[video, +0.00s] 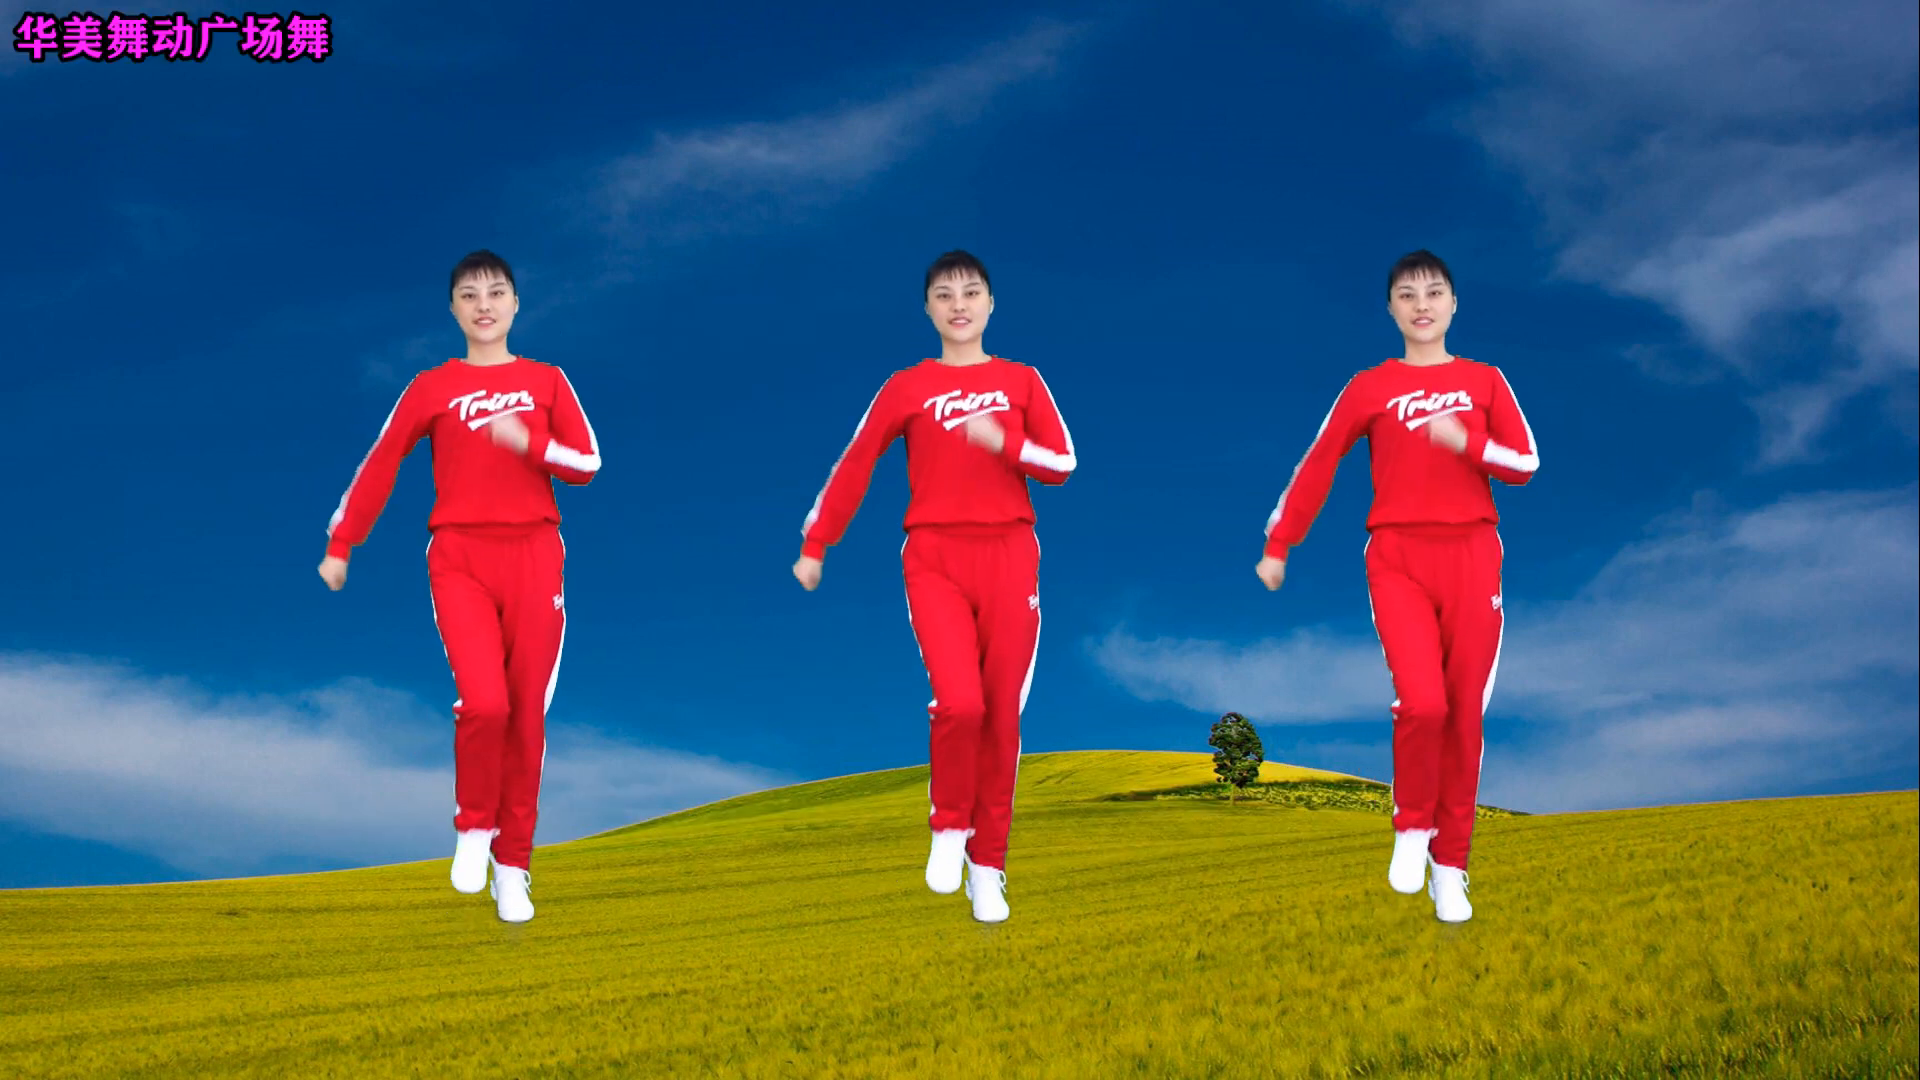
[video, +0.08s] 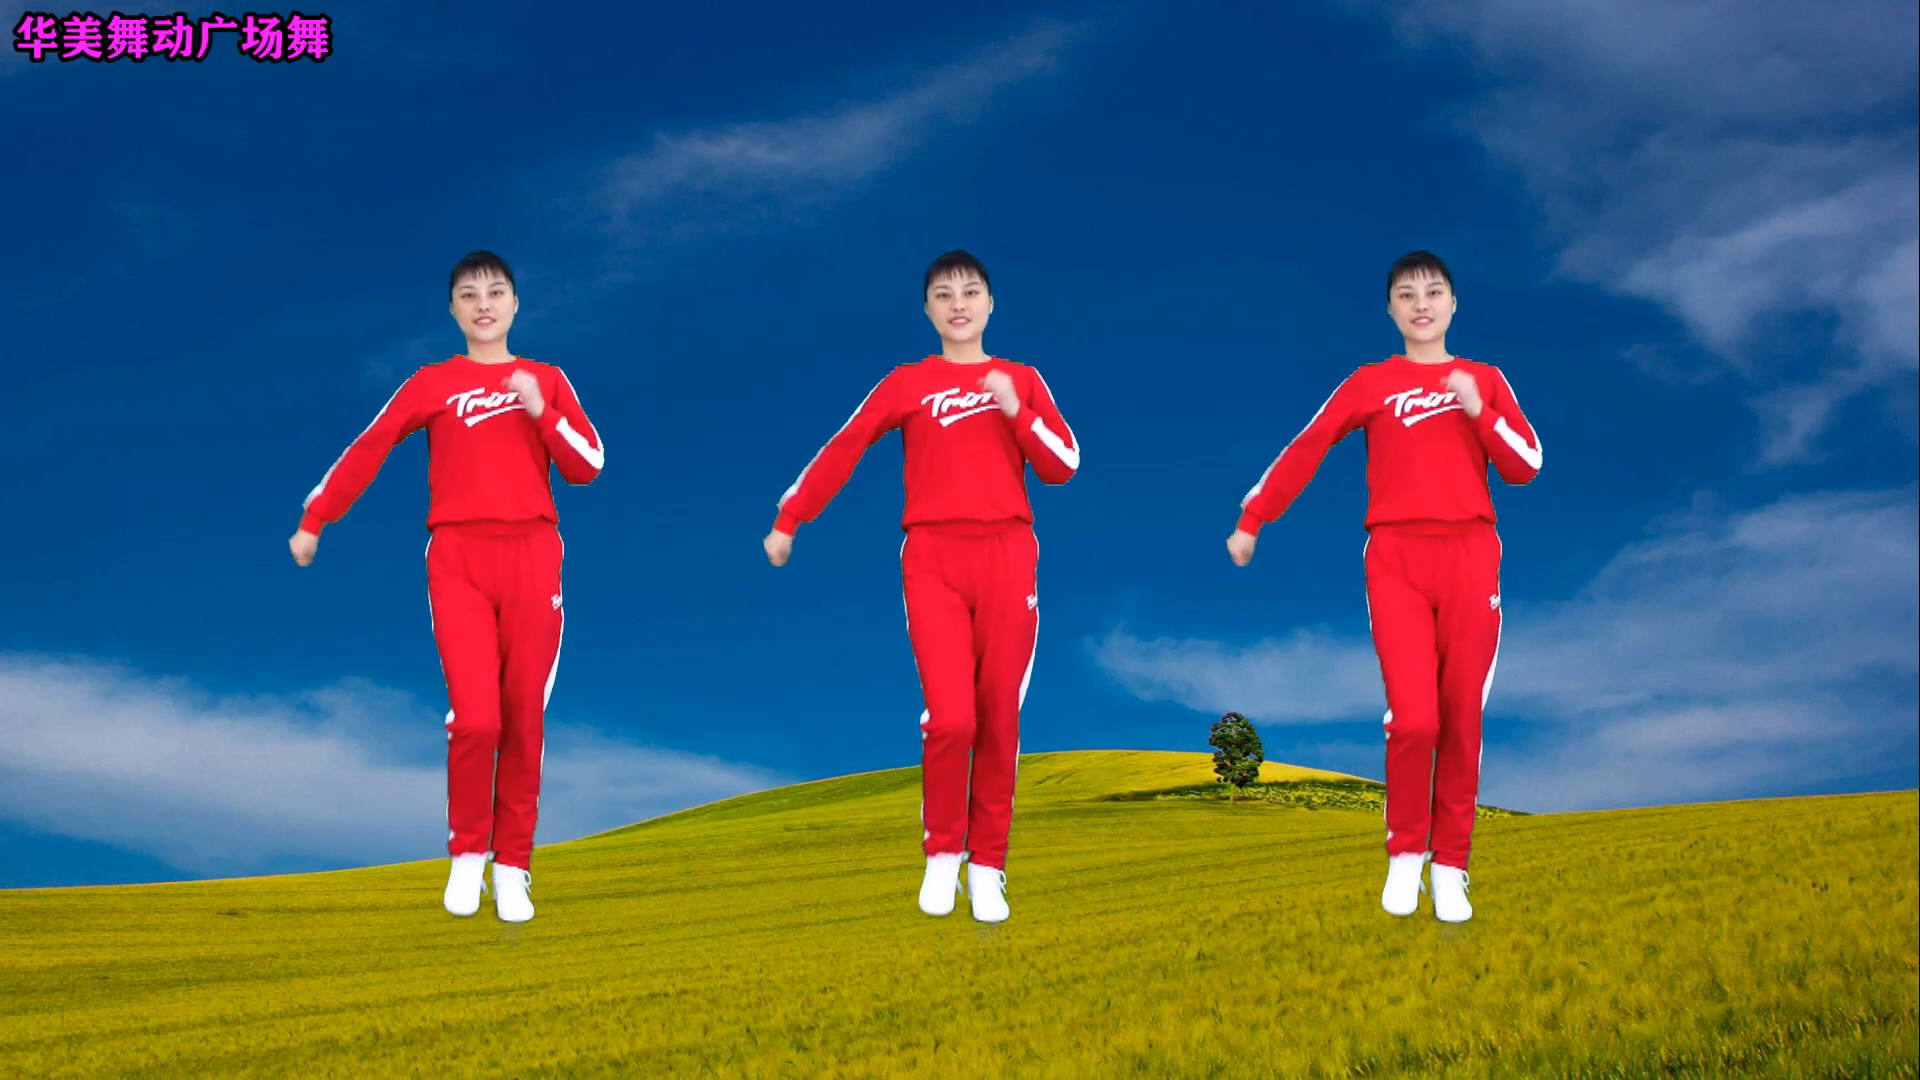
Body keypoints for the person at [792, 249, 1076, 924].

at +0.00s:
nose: (959, 305)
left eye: (970, 294)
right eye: (946, 295)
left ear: (989, 303)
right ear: (929, 308)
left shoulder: (1021, 380)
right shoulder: (905, 387)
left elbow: (1061, 465)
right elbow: (854, 463)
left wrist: (1006, 442)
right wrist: (815, 544)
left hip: (1009, 556)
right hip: (933, 556)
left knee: (1002, 712)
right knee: (960, 705)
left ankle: (989, 861)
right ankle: (950, 825)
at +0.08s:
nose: (959, 303)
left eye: (971, 292)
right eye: (946, 295)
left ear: (990, 303)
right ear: (929, 309)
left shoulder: (1021, 380)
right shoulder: (906, 383)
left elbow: (1062, 465)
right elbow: (842, 448)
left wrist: (1017, 412)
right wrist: (787, 521)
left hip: (1008, 555)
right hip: (932, 555)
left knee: (1000, 717)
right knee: (951, 717)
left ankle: (987, 862)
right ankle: (943, 852)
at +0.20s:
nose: (958, 316)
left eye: (969, 305)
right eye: (944, 307)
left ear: (988, 315)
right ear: (929, 320)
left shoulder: (1019, 395)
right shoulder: (904, 395)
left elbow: (1048, 481)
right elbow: (833, 454)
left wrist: (1008, 419)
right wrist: (762, 514)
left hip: (1005, 565)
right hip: (928, 567)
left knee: (996, 726)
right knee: (937, 731)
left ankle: (984, 868)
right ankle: (940, 870)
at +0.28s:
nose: (956, 312)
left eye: (968, 301)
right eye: (942, 303)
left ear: (986, 312)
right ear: (927, 316)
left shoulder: (1016, 389)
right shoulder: (901, 391)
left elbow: (1037, 473)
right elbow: (839, 461)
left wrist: (987, 442)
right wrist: (775, 528)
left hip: (1000, 563)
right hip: (923, 564)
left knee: (990, 723)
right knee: (931, 724)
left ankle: (983, 866)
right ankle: (939, 868)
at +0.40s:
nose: (953, 318)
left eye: (964, 307)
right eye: (940, 309)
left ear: (983, 318)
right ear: (923, 322)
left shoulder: (1010, 394)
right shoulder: (895, 401)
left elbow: (1016, 475)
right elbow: (863, 488)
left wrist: (975, 522)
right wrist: (832, 570)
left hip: (986, 576)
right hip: (911, 576)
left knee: (974, 722)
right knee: (921, 728)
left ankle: (979, 849)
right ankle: (937, 867)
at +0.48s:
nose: (949, 326)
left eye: (962, 316)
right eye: (936, 317)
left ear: (979, 328)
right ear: (921, 330)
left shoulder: (1009, 405)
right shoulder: (893, 410)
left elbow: (1015, 494)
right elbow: (879, 497)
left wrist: (1009, 578)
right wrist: (886, 576)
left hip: (982, 581)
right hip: (909, 582)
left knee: (958, 719)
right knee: (909, 733)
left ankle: (976, 816)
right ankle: (937, 866)